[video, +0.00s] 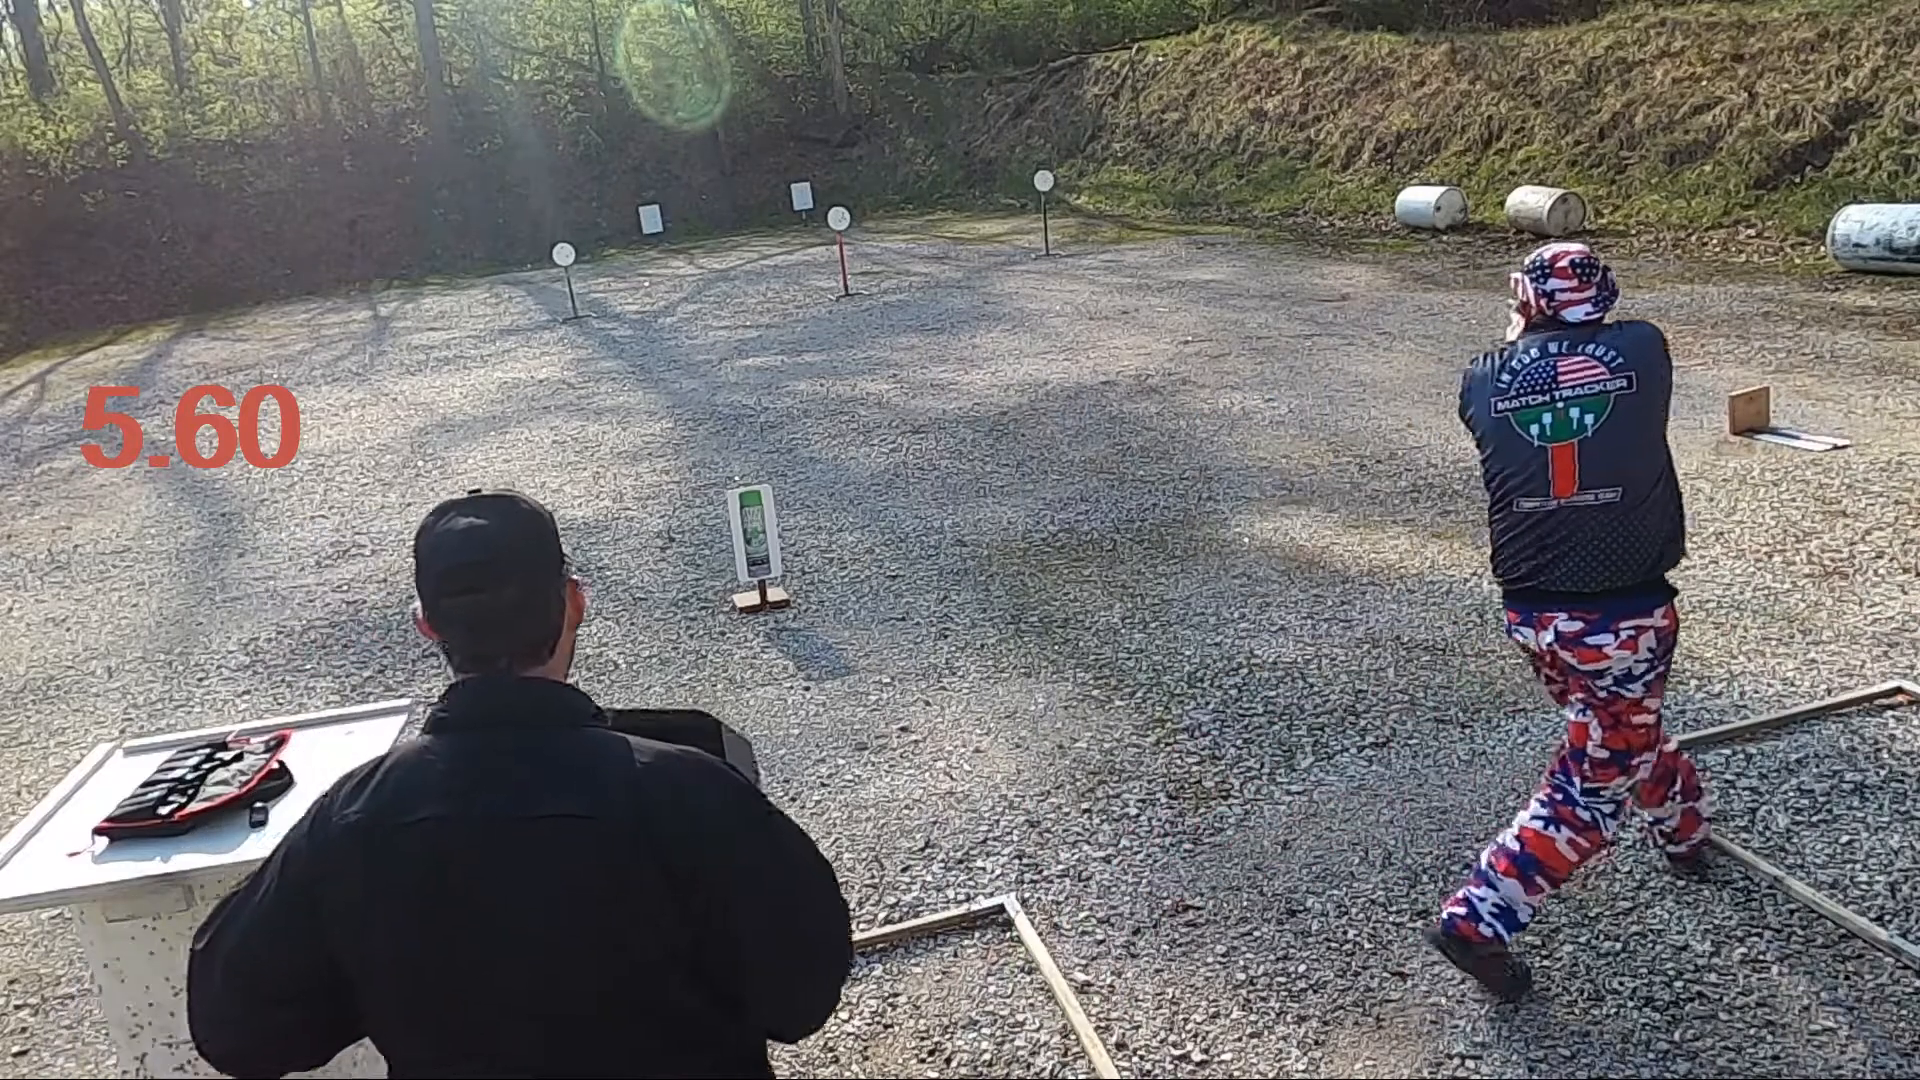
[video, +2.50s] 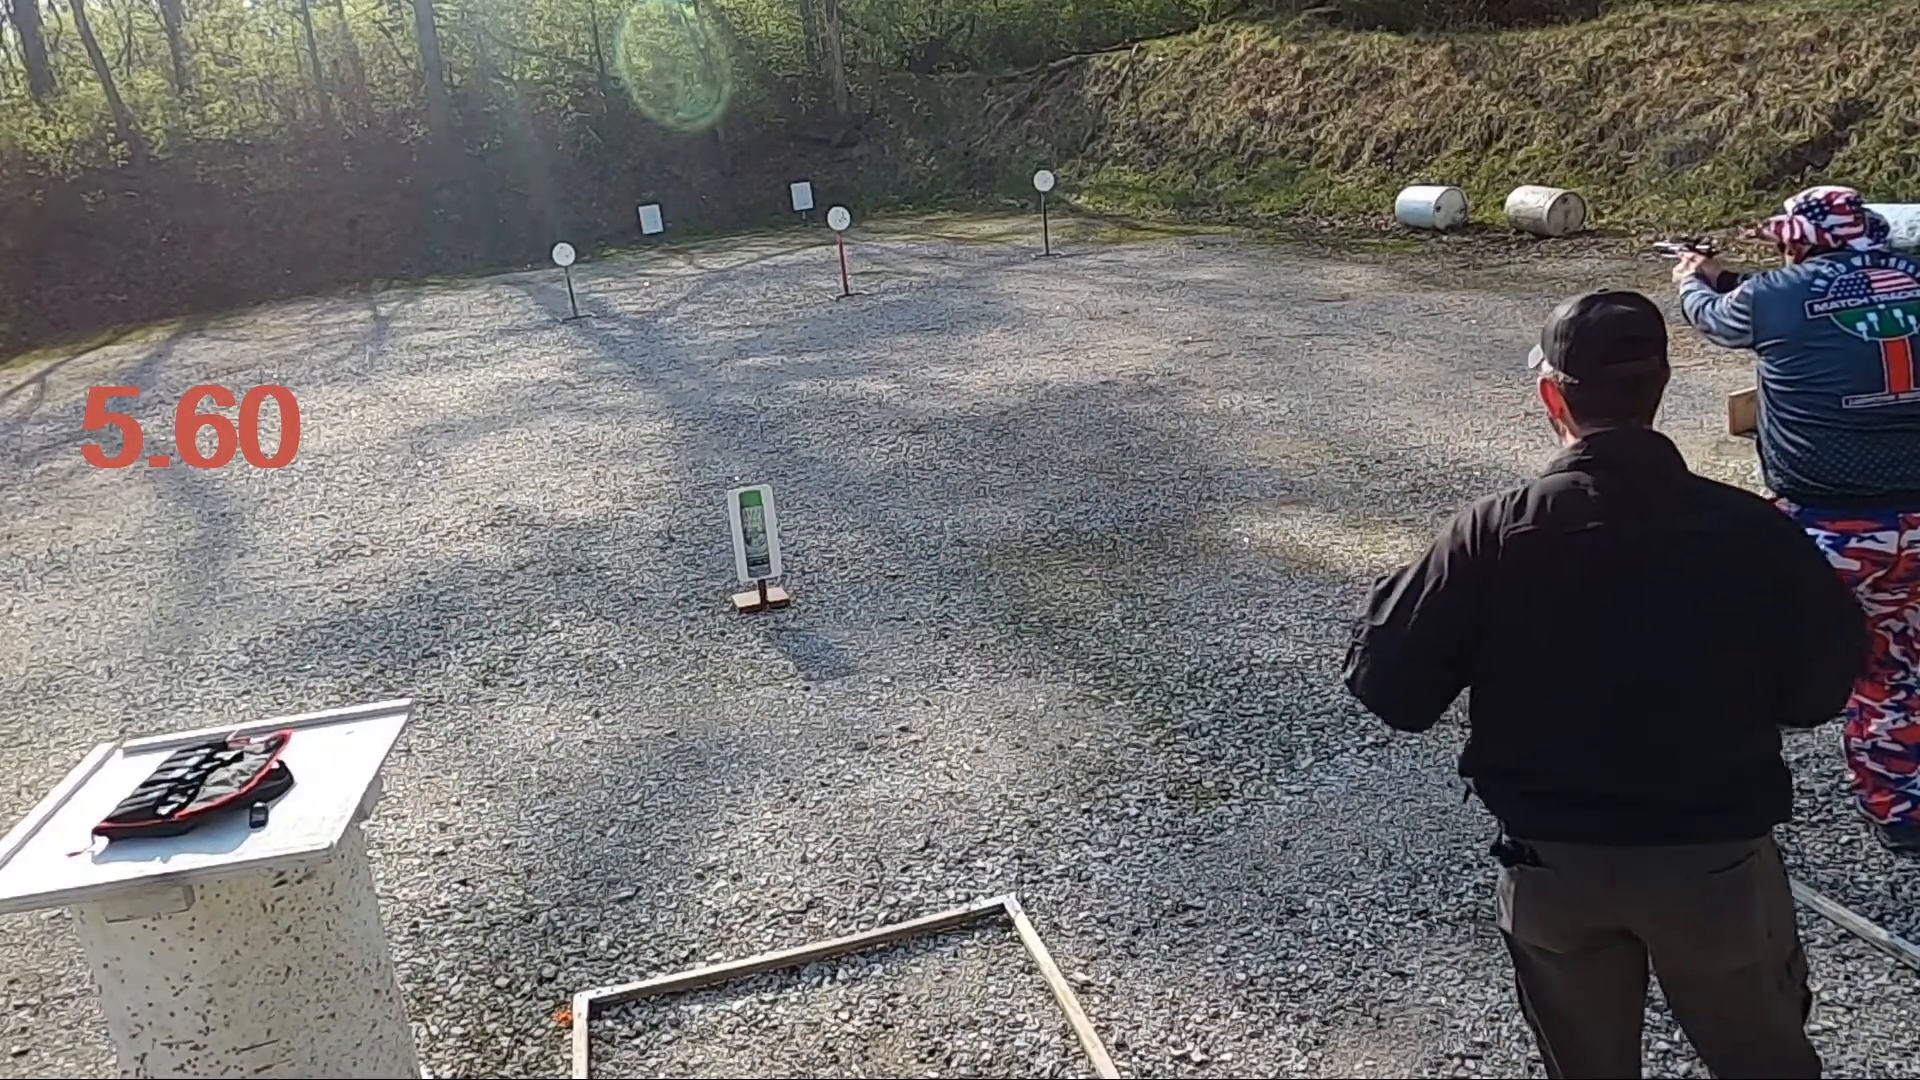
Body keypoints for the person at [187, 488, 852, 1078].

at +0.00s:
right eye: (575, 588)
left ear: (427, 631)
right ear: (575, 607)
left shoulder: (350, 828)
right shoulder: (688, 798)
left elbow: (230, 1030)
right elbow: (804, 994)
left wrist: (390, 937)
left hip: (453, 1069)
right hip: (682, 1067)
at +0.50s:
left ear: (829, 560)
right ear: (963, 545)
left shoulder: (751, 731)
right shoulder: (1054, 736)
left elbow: (631, 901)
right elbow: (1159, 946)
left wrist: (780, 839)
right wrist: (1088, 751)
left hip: (821, 1063)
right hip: (1028, 1063)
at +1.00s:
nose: (1245, 497)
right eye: (1244, 481)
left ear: (1122, 507)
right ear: (1237, 501)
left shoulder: (1055, 654)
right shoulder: (1309, 687)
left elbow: (963, 781)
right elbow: (1410, 876)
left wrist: (1093, 768)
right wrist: (1360, 714)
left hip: (1117, 1009)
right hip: (1268, 1038)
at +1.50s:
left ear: (1389, 448)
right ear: (1511, 440)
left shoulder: (1313, 589)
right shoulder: (1575, 600)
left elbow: (1206, 729)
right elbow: (1677, 785)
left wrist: (1328, 701)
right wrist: (1568, 751)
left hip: (1359, 955)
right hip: (1531, 972)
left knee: (1365, 1066)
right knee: (1594, 1066)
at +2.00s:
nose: (1509, 409)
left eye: (1509, 399)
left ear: (1518, 418)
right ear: (1632, 405)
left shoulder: (1449, 560)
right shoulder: (1727, 561)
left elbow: (1348, 704)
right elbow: (1800, 721)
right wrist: (1699, 682)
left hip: (1516, 914)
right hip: (1675, 917)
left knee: (1561, 1070)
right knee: (1679, 1068)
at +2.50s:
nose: (1543, 391)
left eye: (1543, 381)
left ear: (1553, 397)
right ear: (1661, 384)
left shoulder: (1493, 537)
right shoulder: (1756, 531)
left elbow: (1391, 687)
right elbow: (1829, 681)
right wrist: (1723, 673)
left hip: (1556, 878)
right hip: (1719, 876)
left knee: (1590, 1071)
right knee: (1771, 1065)